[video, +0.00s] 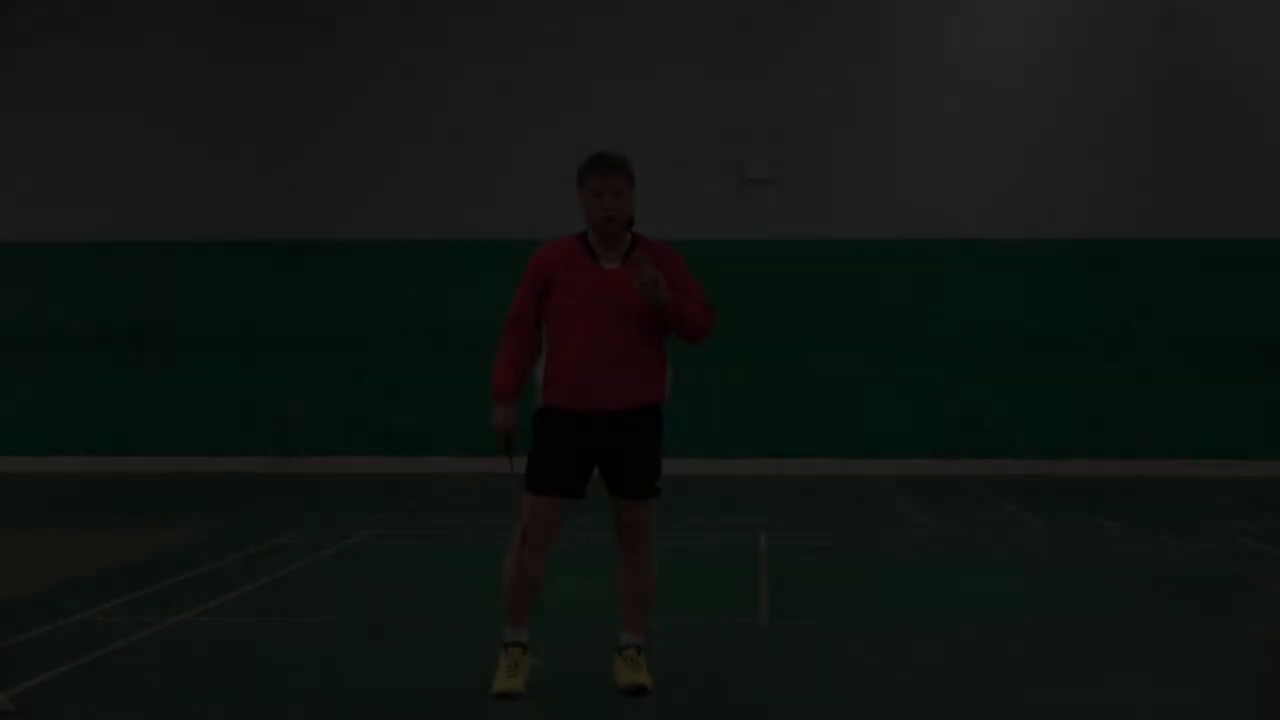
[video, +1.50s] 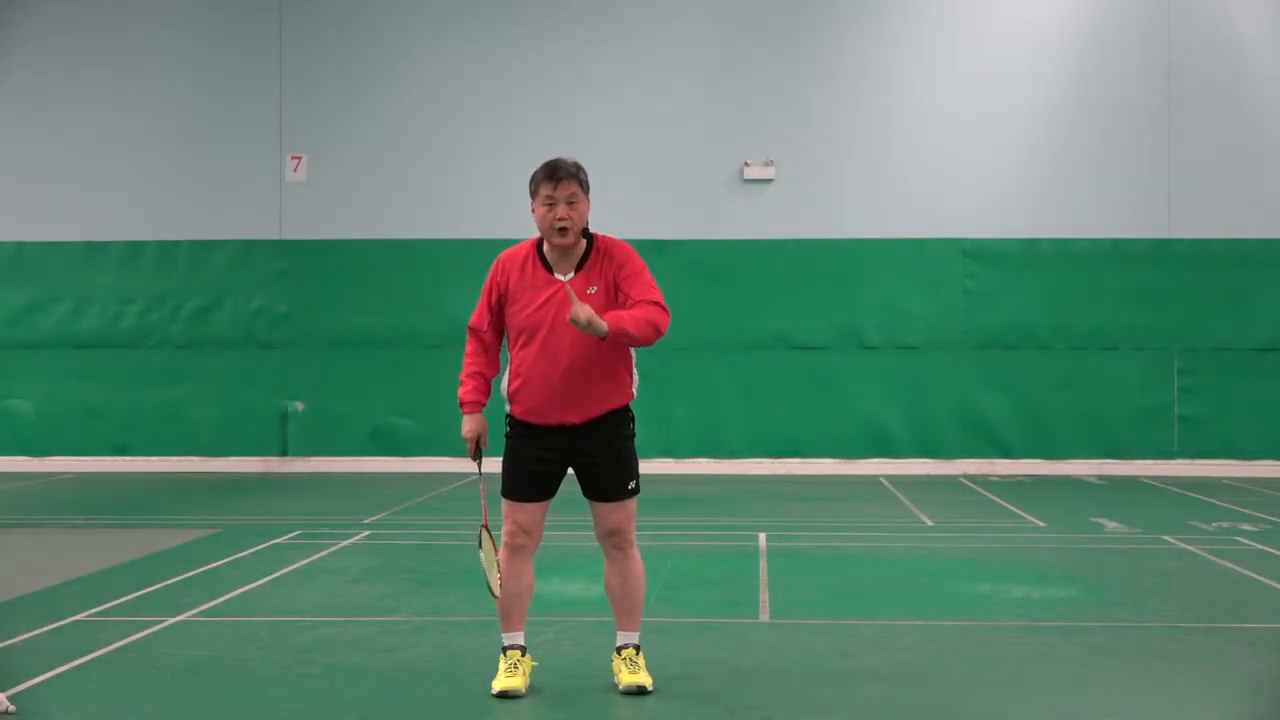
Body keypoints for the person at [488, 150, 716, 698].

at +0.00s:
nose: (609, 205)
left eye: (618, 194)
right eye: (598, 195)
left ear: (633, 200)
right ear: (582, 201)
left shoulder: (655, 261)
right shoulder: (554, 262)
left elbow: (700, 325)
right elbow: (521, 331)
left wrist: (664, 297)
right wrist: (506, 398)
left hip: (635, 415)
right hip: (564, 414)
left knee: (634, 531)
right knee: (536, 529)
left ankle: (633, 648)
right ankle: (514, 645)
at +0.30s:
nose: (574, 204)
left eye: (584, 194)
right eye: (563, 195)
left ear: (601, 198)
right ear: (547, 201)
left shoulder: (631, 255)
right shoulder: (520, 260)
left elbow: (684, 305)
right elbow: (489, 330)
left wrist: (637, 278)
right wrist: (476, 398)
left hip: (610, 417)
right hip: (537, 419)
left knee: (621, 536)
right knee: (519, 537)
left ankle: (630, 650)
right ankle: (513, 651)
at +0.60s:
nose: (553, 209)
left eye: (562, 198)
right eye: (542, 200)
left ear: (579, 201)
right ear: (527, 206)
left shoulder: (608, 250)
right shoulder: (503, 262)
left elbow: (665, 285)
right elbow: (474, 333)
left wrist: (607, 256)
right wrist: (456, 404)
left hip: (598, 419)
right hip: (525, 423)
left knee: (614, 537)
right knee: (512, 537)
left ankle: (628, 650)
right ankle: (512, 652)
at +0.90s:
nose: (553, 221)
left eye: (563, 210)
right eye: (542, 212)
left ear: (580, 211)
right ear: (526, 215)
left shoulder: (605, 253)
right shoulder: (503, 266)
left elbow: (644, 296)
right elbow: (475, 336)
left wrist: (599, 282)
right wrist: (459, 408)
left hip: (598, 422)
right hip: (527, 426)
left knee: (615, 537)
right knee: (513, 538)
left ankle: (628, 649)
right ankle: (512, 651)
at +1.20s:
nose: (559, 220)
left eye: (568, 209)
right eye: (547, 211)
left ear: (584, 211)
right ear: (531, 216)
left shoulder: (611, 255)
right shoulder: (507, 267)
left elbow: (649, 310)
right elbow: (480, 337)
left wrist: (594, 291)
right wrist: (472, 406)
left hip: (603, 423)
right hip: (530, 427)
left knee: (618, 536)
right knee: (516, 536)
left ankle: (629, 649)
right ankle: (513, 651)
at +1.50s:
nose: (561, 213)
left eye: (571, 202)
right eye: (550, 203)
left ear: (587, 207)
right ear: (534, 210)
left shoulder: (616, 257)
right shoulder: (509, 266)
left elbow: (654, 318)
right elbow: (482, 336)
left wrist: (606, 324)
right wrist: (473, 408)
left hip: (605, 424)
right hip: (532, 427)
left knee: (619, 536)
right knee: (517, 537)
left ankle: (629, 650)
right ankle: (512, 652)